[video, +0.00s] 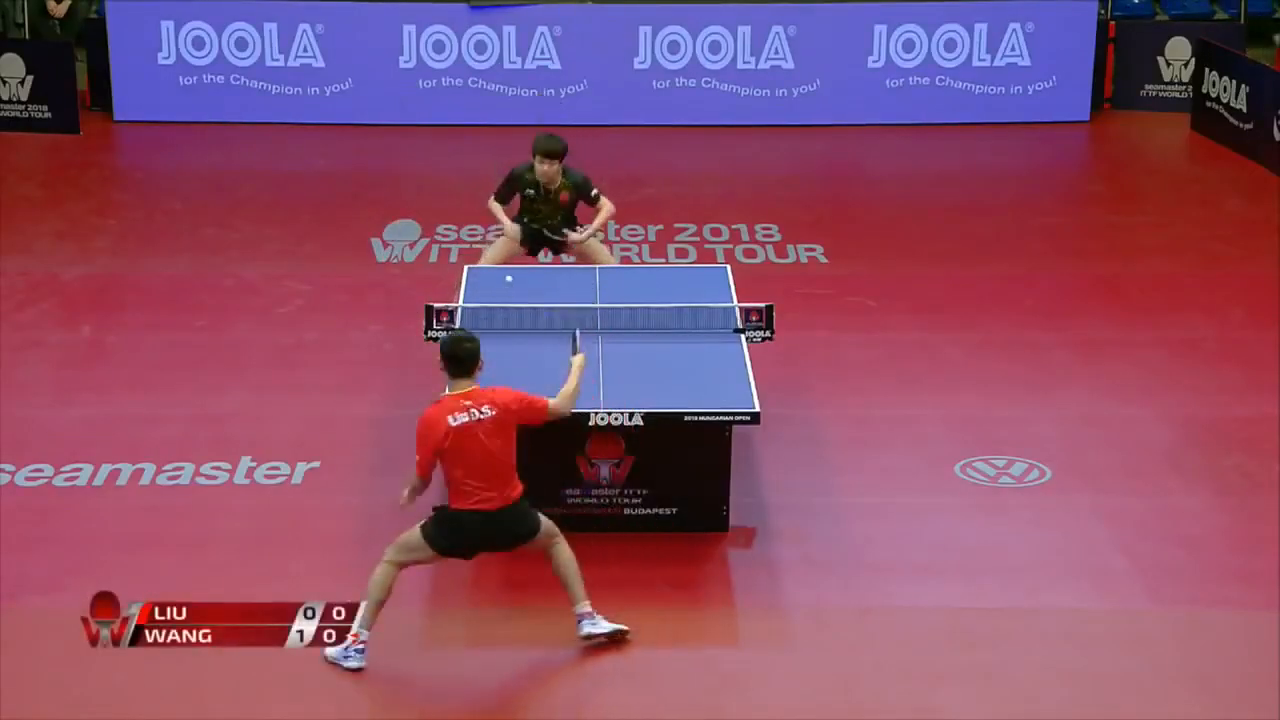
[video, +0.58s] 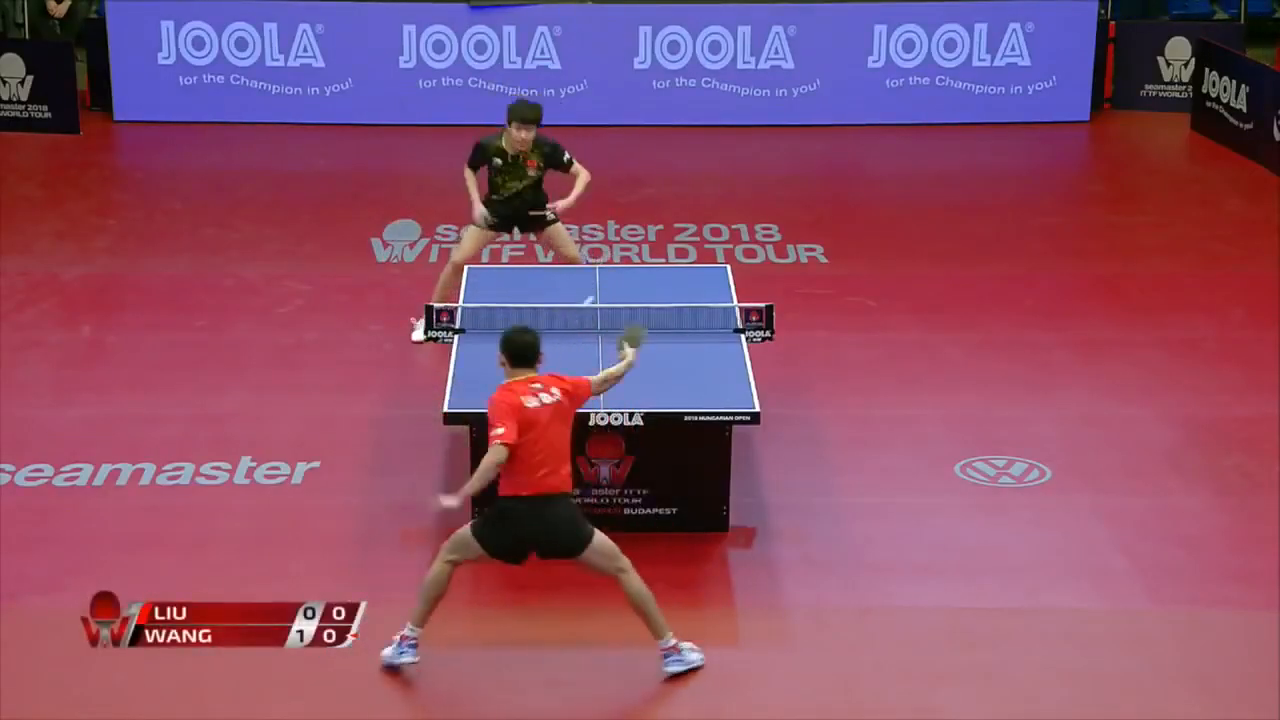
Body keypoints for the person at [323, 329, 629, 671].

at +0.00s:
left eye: (443, 361)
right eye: (481, 359)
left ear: (444, 367)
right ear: (479, 365)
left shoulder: (434, 417)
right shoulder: (503, 401)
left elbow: (423, 477)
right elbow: (561, 408)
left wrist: (410, 492)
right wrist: (578, 370)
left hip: (461, 524)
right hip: (512, 518)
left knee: (393, 557)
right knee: (554, 539)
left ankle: (356, 642)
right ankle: (587, 616)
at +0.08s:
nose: (487, 363)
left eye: (460, 358)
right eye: (489, 358)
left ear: (453, 364)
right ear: (489, 364)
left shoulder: (437, 413)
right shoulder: (511, 403)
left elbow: (423, 467)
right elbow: (567, 408)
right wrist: (578, 373)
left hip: (460, 524)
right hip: (514, 521)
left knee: (398, 560)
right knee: (569, 534)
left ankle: (355, 643)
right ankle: (591, 623)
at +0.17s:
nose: (519, 354)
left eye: (505, 350)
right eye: (526, 350)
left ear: (493, 354)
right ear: (529, 355)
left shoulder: (471, 399)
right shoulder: (549, 396)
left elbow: (447, 452)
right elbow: (591, 411)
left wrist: (476, 440)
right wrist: (582, 385)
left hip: (483, 513)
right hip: (537, 514)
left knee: (422, 551)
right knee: (605, 549)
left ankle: (377, 633)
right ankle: (650, 632)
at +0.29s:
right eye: (557, 368)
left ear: (521, 369)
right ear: (556, 371)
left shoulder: (498, 411)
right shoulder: (573, 411)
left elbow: (475, 462)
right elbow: (611, 450)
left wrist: (507, 450)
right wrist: (581, 440)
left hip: (503, 528)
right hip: (556, 530)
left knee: (444, 541)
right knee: (621, 570)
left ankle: (422, 631)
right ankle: (670, 650)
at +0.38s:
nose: (543, 383)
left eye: (541, 379)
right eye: (572, 380)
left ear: (538, 383)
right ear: (575, 386)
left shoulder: (517, 426)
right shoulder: (590, 426)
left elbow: (473, 460)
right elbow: (615, 470)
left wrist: (477, 427)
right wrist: (606, 438)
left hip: (525, 544)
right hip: (581, 544)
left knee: (473, 557)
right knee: (646, 560)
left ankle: (435, 644)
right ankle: (677, 650)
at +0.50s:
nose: (529, 376)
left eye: (530, 371)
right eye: (561, 375)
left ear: (532, 375)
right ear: (567, 376)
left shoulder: (522, 415)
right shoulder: (583, 411)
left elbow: (476, 460)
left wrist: (437, 439)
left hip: (530, 532)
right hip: (578, 534)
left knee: (462, 556)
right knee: (635, 566)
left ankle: (429, 644)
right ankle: (678, 649)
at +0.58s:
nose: (498, 360)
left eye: (499, 355)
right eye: (504, 354)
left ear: (504, 359)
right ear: (538, 358)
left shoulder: (504, 398)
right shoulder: (561, 387)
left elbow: (499, 454)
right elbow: (602, 381)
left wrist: (461, 495)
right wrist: (627, 362)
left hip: (514, 517)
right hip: (561, 515)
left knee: (449, 555)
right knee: (622, 569)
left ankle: (407, 642)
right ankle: (671, 648)